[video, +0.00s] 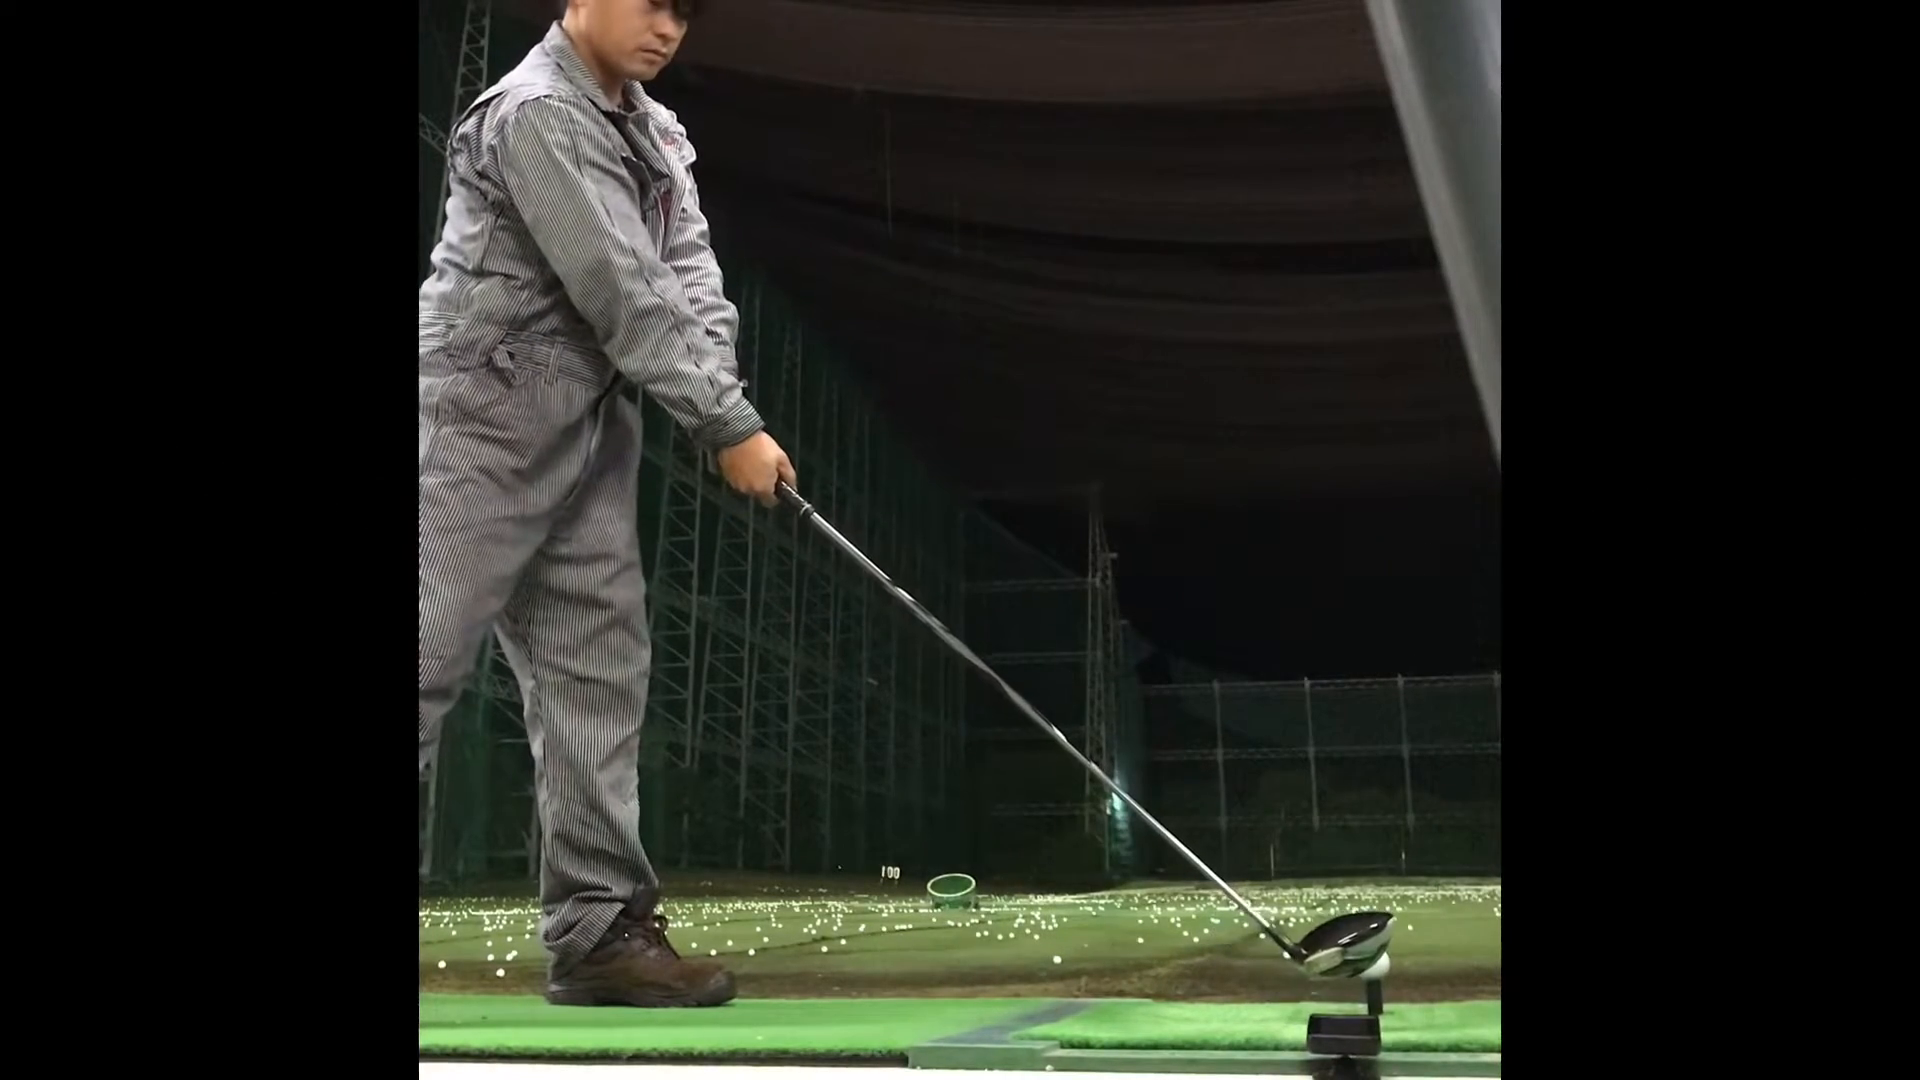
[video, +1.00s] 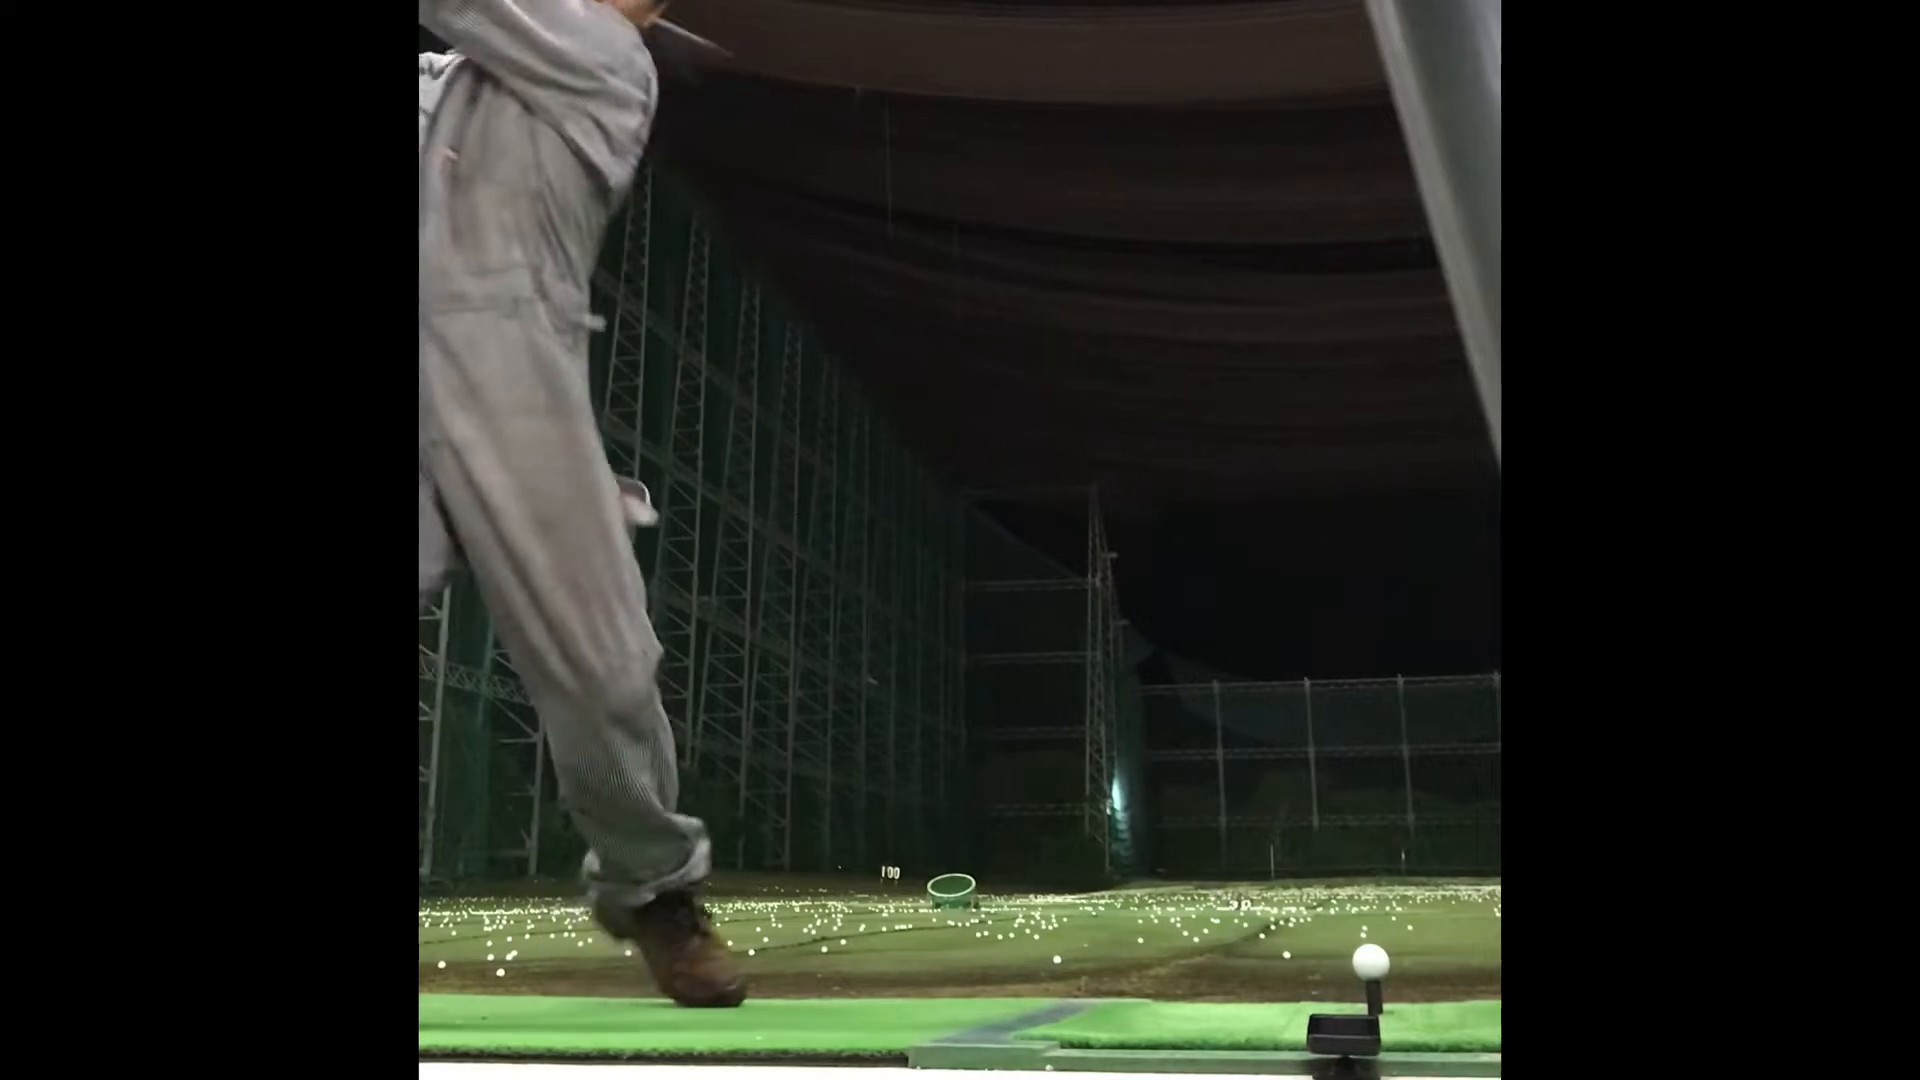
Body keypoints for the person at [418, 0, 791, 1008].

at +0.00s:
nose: (669, 26)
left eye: (679, 11)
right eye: (650, 4)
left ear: (681, 25)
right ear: (581, 4)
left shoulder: (657, 130)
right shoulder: (539, 110)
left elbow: (690, 270)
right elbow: (620, 286)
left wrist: (720, 407)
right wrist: (726, 426)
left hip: (585, 438)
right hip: (474, 426)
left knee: (595, 671)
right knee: (428, 670)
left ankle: (597, 935)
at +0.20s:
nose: (671, 27)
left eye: (682, 13)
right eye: (653, 5)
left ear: (683, 27)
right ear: (584, 6)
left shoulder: (659, 131)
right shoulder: (539, 109)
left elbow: (693, 276)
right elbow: (621, 288)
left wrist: (719, 409)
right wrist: (727, 427)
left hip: (586, 445)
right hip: (473, 431)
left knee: (598, 674)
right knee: (430, 671)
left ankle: (597, 935)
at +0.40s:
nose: (667, 29)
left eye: (679, 14)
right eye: (649, 5)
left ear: (682, 29)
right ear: (582, 3)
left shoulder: (667, 131)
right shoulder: (523, 109)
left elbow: (700, 276)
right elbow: (605, 285)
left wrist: (702, 391)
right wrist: (716, 423)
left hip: (593, 448)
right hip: (472, 431)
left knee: (608, 677)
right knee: (429, 677)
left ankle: (598, 937)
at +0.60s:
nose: (653, 30)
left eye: (670, 20)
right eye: (638, 5)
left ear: (673, 42)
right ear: (574, 2)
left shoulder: (682, 132)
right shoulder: (469, 105)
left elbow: (680, 240)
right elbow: (512, 236)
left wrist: (645, 335)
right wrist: (590, 342)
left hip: (604, 428)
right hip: (460, 421)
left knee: (629, 677)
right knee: (420, 656)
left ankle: (600, 935)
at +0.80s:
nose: (651, 30)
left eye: (672, 24)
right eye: (636, 5)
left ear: (678, 47)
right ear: (578, 4)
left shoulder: (677, 120)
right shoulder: (472, 84)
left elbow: (556, 108)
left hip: (572, 405)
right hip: (435, 386)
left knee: (624, 673)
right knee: (420, 620)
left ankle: (607, 930)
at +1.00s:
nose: (621, 4)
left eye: (621, 2)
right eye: (626, 4)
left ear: (632, 13)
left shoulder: (606, 64)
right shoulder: (442, 72)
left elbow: (457, 3)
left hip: (506, 374)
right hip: (438, 382)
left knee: (603, 673)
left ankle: (652, 889)